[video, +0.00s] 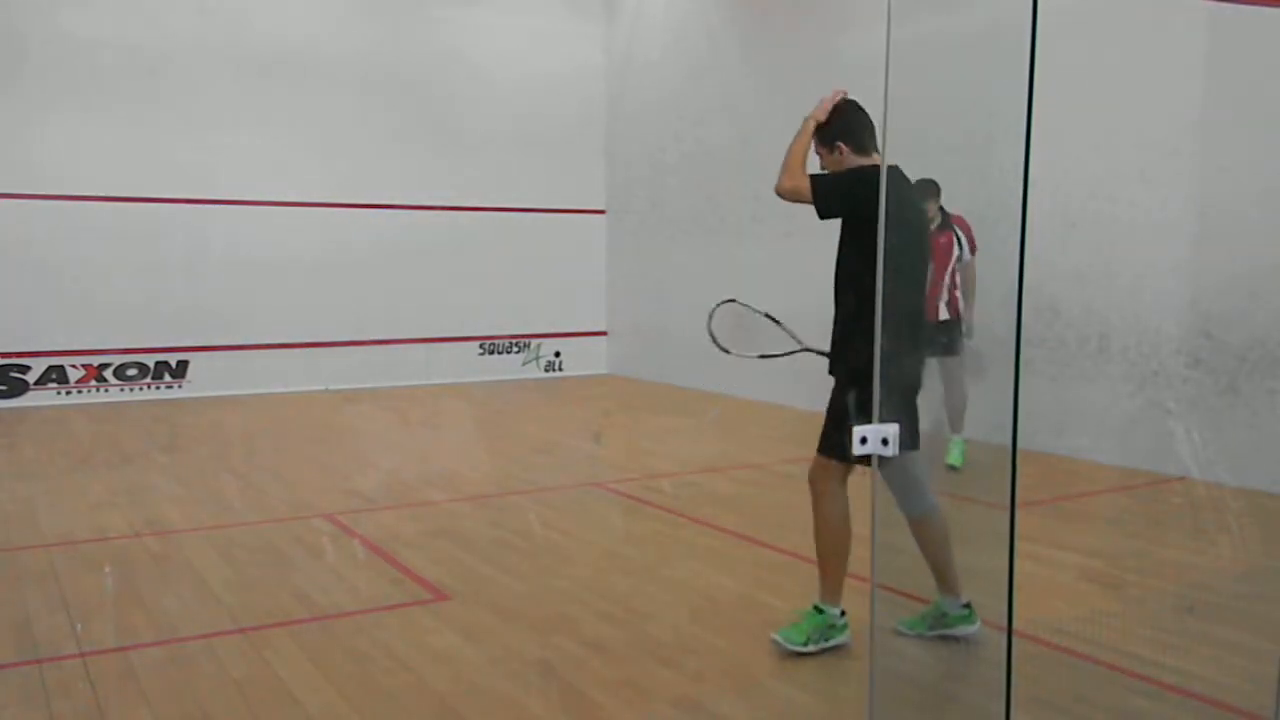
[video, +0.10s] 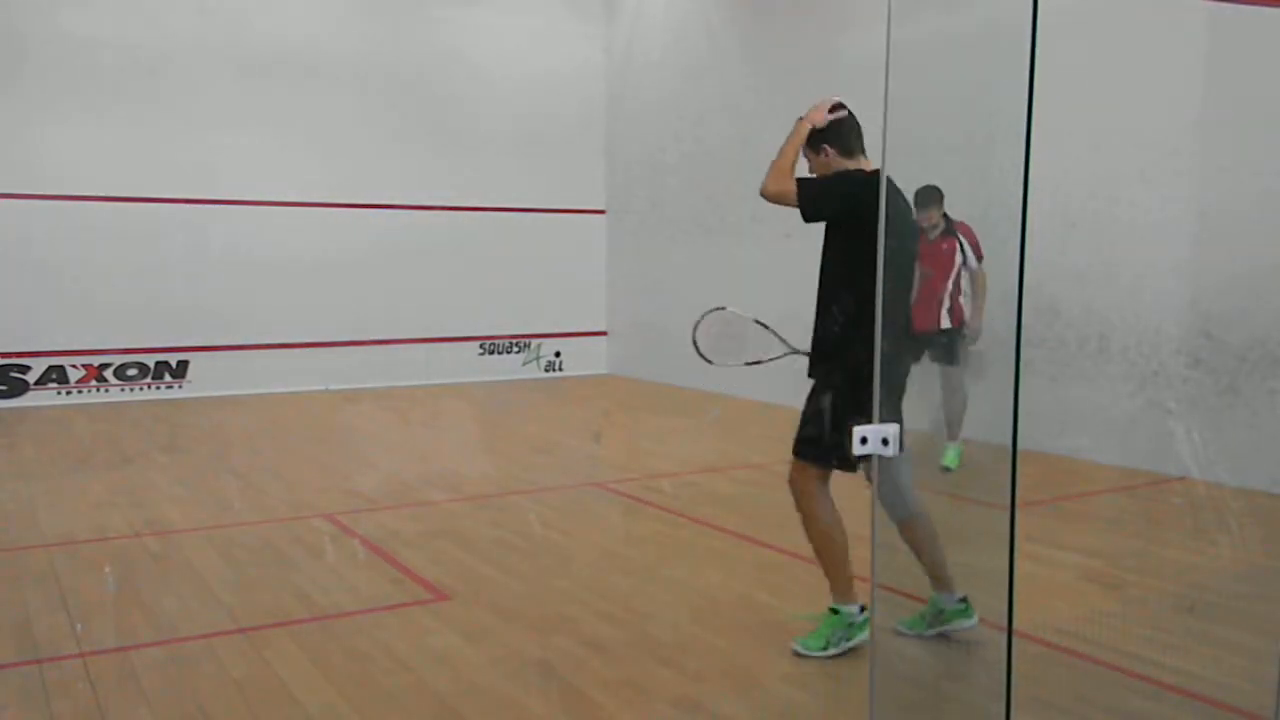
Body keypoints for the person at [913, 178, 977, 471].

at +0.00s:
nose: (925, 214)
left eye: (928, 208)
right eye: (920, 209)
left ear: (939, 203)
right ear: (914, 207)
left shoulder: (957, 228)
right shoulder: (909, 229)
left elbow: (967, 271)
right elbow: (899, 270)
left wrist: (968, 314)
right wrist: (896, 311)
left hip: (946, 318)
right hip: (912, 318)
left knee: (952, 378)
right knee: (906, 380)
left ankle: (956, 437)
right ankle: (898, 439)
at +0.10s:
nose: (926, 226)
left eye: (931, 221)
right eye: (922, 221)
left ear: (943, 212)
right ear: (915, 213)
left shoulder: (960, 234)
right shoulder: (911, 236)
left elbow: (978, 275)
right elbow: (900, 272)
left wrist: (976, 319)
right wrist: (897, 311)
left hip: (947, 325)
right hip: (911, 324)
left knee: (952, 383)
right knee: (893, 380)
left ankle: (952, 442)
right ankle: (887, 440)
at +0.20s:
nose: (924, 222)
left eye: (929, 216)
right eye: (920, 217)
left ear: (941, 210)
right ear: (914, 214)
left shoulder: (960, 233)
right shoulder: (906, 235)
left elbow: (979, 272)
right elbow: (894, 274)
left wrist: (983, 317)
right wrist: (890, 315)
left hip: (948, 329)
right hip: (910, 327)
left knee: (951, 385)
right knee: (892, 382)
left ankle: (953, 443)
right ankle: (884, 439)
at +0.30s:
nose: (923, 216)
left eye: (928, 211)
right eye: (918, 211)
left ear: (939, 202)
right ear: (911, 207)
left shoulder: (960, 225)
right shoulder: (900, 228)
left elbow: (978, 266)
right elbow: (890, 268)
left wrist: (983, 308)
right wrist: (882, 302)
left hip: (949, 319)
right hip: (910, 317)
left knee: (952, 378)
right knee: (899, 373)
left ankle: (954, 439)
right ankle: (902, 433)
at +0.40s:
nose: (920, 218)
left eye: (925, 213)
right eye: (915, 214)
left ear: (936, 203)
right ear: (908, 207)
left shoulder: (957, 227)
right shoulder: (896, 230)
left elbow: (978, 266)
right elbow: (886, 269)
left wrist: (978, 309)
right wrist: (876, 304)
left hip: (948, 321)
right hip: (907, 321)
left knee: (956, 381)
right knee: (905, 379)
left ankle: (963, 443)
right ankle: (913, 440)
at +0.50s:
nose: (919, 226)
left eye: (924, 221)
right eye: (914, 221)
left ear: (936, 211)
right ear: (908, 215)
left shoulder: (954, 233)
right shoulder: (897, 237)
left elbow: (975, 276)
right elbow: (882, 277)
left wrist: (974, 318)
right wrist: (872, 316)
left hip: (946, 329)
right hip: (908, 329)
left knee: (956, 385)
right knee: (909, 386)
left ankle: (968, 446)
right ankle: (914, 443)